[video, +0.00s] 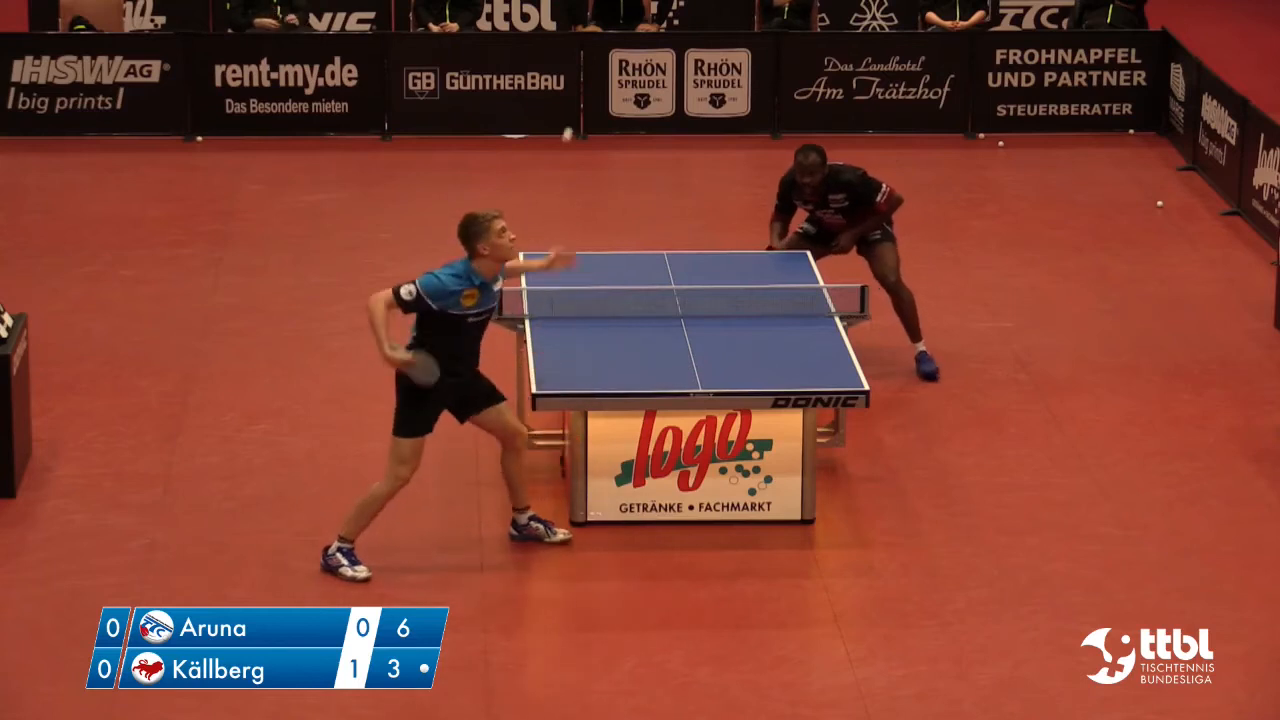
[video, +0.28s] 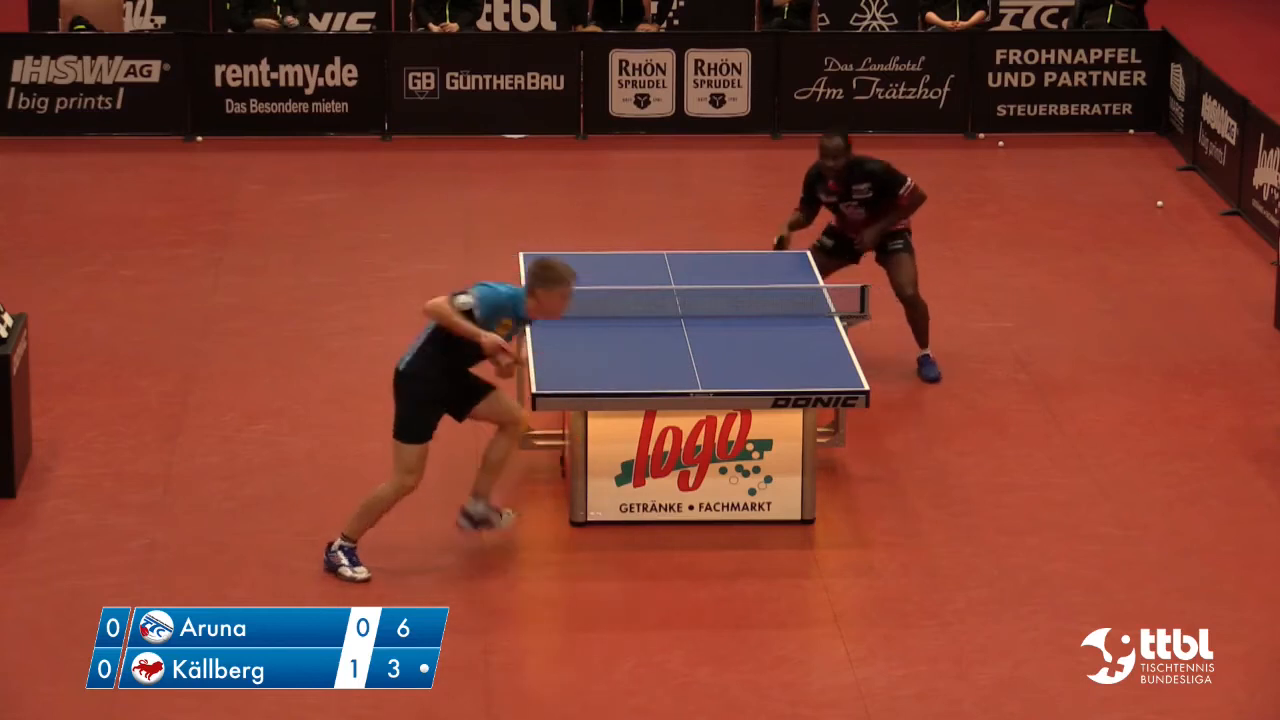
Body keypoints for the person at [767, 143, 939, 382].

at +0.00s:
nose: (806, 180)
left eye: (812, 174)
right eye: (801, 174)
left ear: (824, 170)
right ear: (794, 169)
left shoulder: (849, 178)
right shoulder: (790, 183)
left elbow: (893, 200)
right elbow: (781, 215)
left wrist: (854, 234)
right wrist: (776, 241)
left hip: (868, 226)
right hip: (823, 227)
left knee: (890, 281)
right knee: (780, 261)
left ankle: (921, 350)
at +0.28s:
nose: (831, 164)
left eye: (837, 157)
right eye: (825, 157)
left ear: (849, 154)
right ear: (819, 156)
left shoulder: (874, 170)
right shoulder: (815, 177)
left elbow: (916, 197)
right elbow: (807, 213)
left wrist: (877, 230)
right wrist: (787, 227)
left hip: (889, 231)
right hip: (844, 232)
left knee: (908, 294)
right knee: (799, 279)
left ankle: (925, 355)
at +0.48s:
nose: (827, 143)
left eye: (832, 137)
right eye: (822, 137)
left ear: (845, 134)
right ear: (816, 136)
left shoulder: (873, 149)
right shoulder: (818, 162)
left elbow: (918, 176)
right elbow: (815, 205)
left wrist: (883, 216)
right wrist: (789, 216)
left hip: (897, 223)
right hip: (853, 223)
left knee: (905, 292)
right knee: (806, 277)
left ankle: (939, 346)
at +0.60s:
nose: (825, 153)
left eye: (831, 147)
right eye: (820, 147)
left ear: (846, 142)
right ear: (815, 145)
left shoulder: (876, 157)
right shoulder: (819, 175)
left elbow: (921, 183)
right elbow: (808, 223)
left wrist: (888, 226)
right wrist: (780, 230)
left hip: (900, 234)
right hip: (855, 236)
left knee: (914, 303)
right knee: (811, 287)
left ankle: (942, 364)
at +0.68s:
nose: (824, 159)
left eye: (830, 152)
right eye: (820, 153)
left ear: (846, 146)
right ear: (814, 150)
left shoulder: (877, 160)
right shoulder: (820, 180)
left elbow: (924, 182)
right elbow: (806, 229)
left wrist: (903, 226)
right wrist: (778, 236)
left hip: (895, 242)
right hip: (852, 241)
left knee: (912, 309)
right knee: (807, 285)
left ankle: (942, 365)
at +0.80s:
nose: (809, 165)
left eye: (815, 158)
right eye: (806, 159)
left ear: (831, 151)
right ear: (801, 154)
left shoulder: (864, 159)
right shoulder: (804, 184)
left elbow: (911, 169)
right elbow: (793, 231)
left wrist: (911, 217)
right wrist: (768, 242)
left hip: (882, 239)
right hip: (838, 241)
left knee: (908, 307)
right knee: (799, 287)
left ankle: (941, 363)